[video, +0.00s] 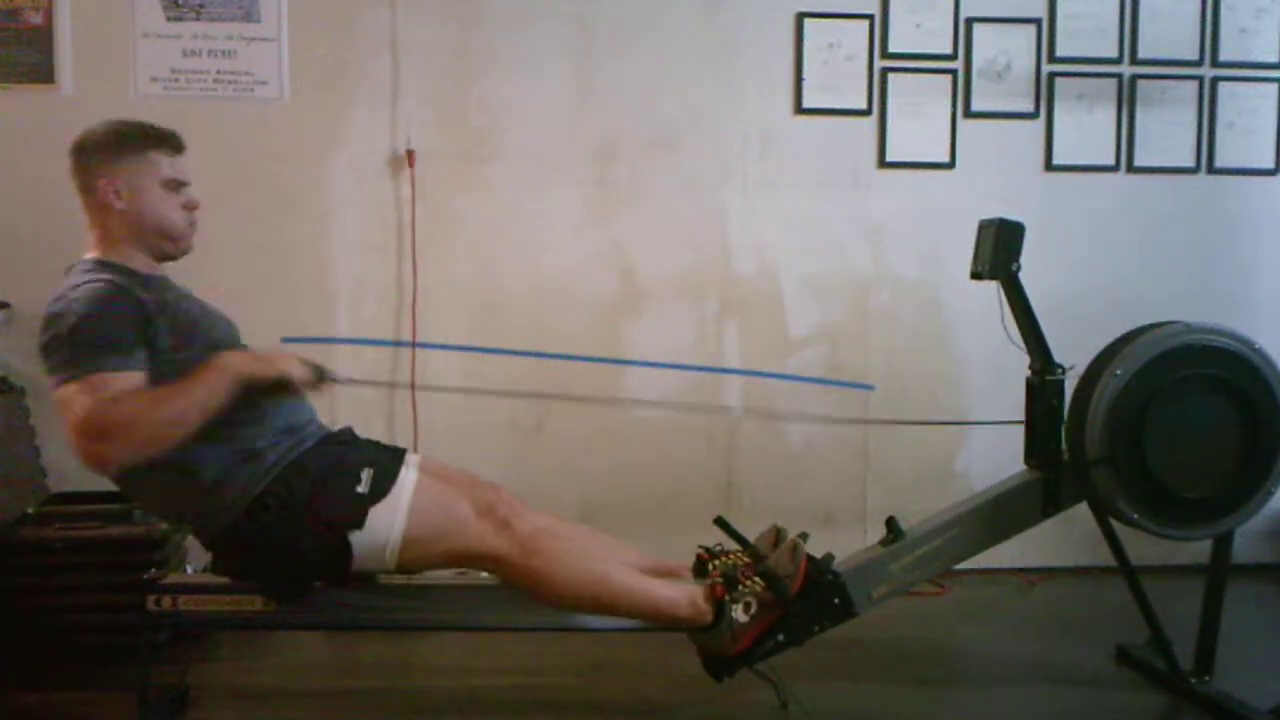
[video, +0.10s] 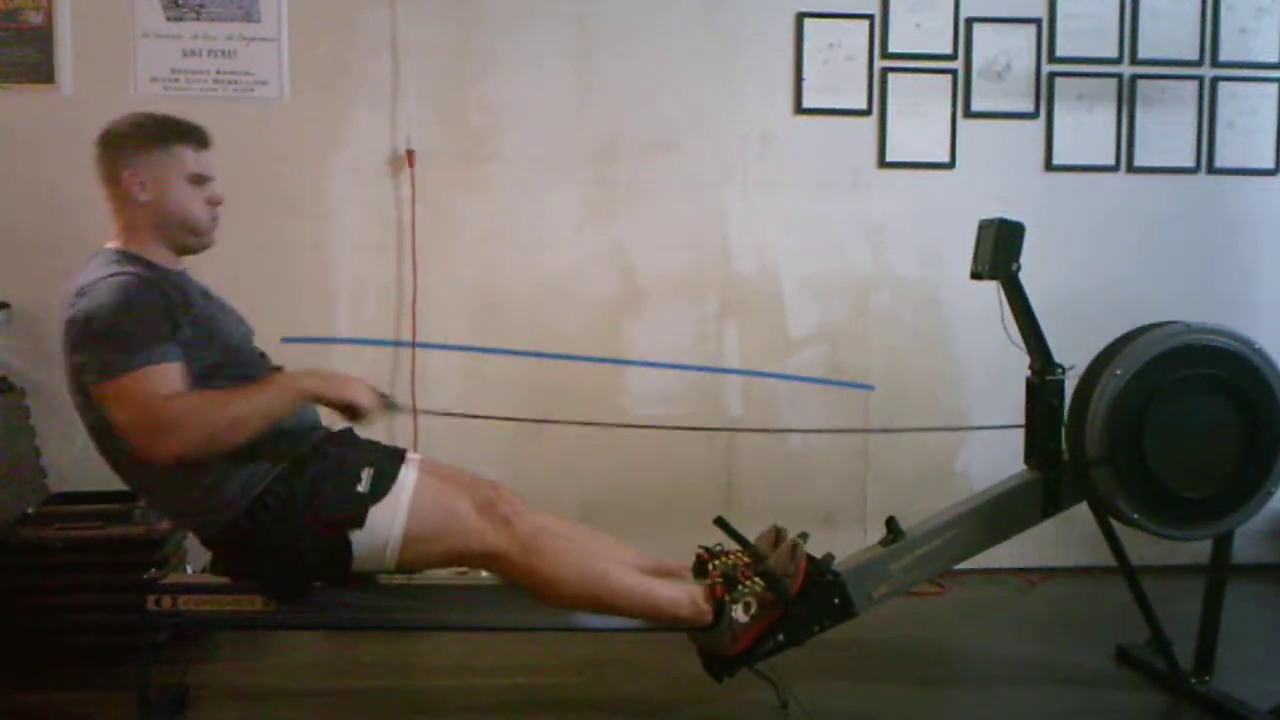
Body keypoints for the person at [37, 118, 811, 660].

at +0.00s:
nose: (191, 206)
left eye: (188, 190)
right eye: (171, 189)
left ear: (139, 202)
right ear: (109, 201)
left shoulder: (151, 294)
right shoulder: (96, 298)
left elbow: (158, 414)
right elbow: (101, 435)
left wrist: (265, 380)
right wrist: (238, 366)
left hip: (306, 472)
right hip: (278, 502)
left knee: (500, 508)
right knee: (493, 529)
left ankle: (705, 593)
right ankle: (708, 611)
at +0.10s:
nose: (215, 201)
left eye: (212, 184)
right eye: (197, 183)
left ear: (156, 192)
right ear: (133, 190)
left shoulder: (165, 289)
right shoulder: (117, 296)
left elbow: (208, 406)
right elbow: (164, 432)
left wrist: (314, 392)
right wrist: (306, 385)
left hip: (292, 477)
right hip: (271, 504)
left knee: (496, 503)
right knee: (492, 523)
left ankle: (703, 594)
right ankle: (709, 610)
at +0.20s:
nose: (244, 194)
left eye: (242, 177)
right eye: (227, 177)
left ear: (181, 184)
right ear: (161, 182)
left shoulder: (197, 284)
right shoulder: (147, 288)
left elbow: (268, 396)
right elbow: (227, 418)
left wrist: (375, 402)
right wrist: (375, 400)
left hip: (294, 482)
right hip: (267, 509)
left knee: (497, 500)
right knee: (492, 517)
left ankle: (705, 589)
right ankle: (713, 614)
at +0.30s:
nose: (276, 188)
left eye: (275, 172)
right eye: (258, 171)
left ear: (212, 177)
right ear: (194, 175)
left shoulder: (229, 272)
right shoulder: (178, 280)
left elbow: (316, 370)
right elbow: (289, 393)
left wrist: (432, 405)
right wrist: (444, 408)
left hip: (304, 480)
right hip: (274, 518)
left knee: (491, 486)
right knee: (495, 510)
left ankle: (699, 582)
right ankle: (709, 615)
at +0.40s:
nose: (313, 188)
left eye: (311, 171)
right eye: (297, 170)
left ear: (241, 176)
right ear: (237, 172)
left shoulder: (244, 264)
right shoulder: (219, 272)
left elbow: (367, 367)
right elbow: (361, 369)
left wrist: (490, 407)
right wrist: (496, 409)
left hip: (309, 479)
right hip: (282, 512)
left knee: (510, 480)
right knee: (507, 496)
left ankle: (701, 585)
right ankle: (706, 614)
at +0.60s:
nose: (397, 190)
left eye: (396, 173)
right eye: (382, 172)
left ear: (322, 177)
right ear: (324, 174)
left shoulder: (281, 254)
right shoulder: (307, 262)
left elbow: (441, 349)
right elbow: (450, 350)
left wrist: (575, 404)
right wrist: (585, 405)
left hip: (314, 490)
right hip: (324, 507)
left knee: (536, 447)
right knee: (541, 458)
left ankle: (697, 597)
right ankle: (707, 613)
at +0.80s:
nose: (489, 196)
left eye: (486, 180)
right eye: (474, 177)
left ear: (419, 182)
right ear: (421, 180)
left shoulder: (370, 258)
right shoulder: (400, 265)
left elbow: (543, 350)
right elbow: (552, 351)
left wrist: (672, 397)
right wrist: (681, 399)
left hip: (367, 511)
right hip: (388, 523)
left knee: (570, 408)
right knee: (583, 425)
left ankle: (697, 581)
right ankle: (711, 608)